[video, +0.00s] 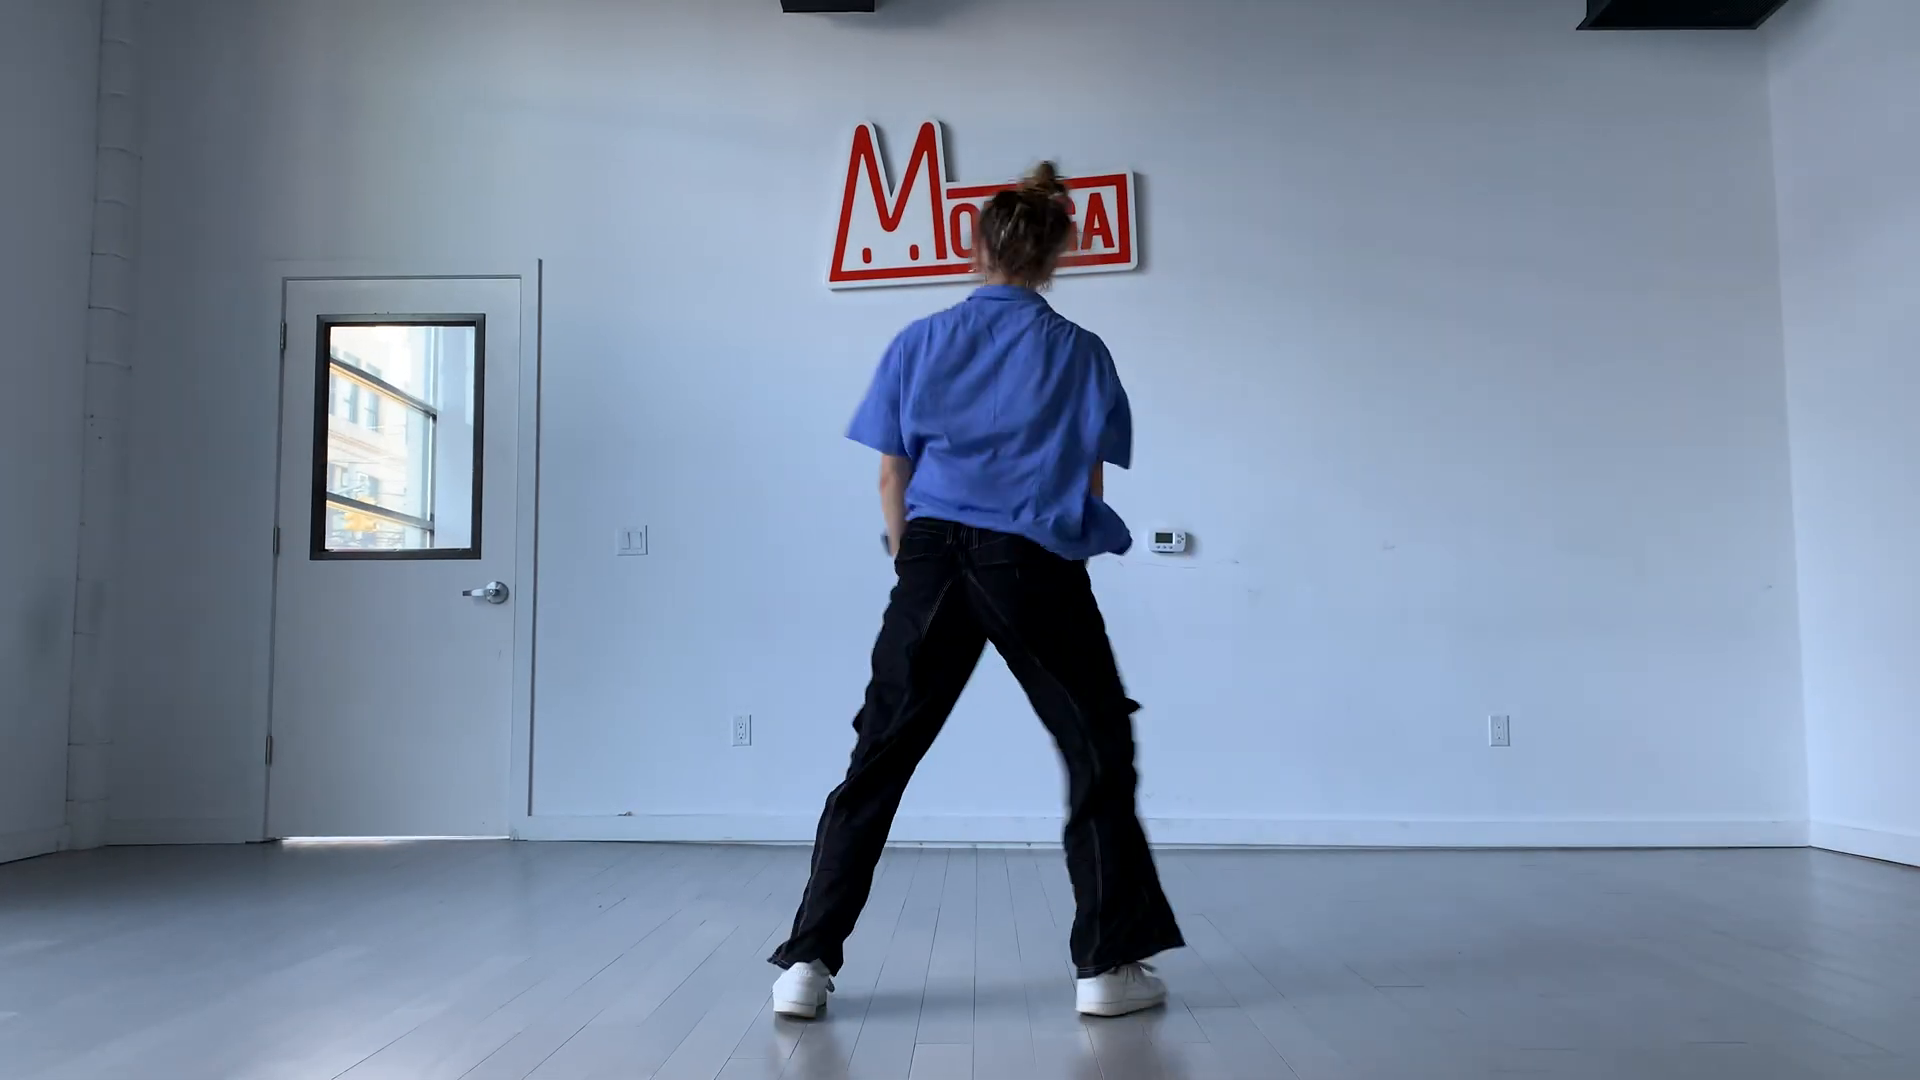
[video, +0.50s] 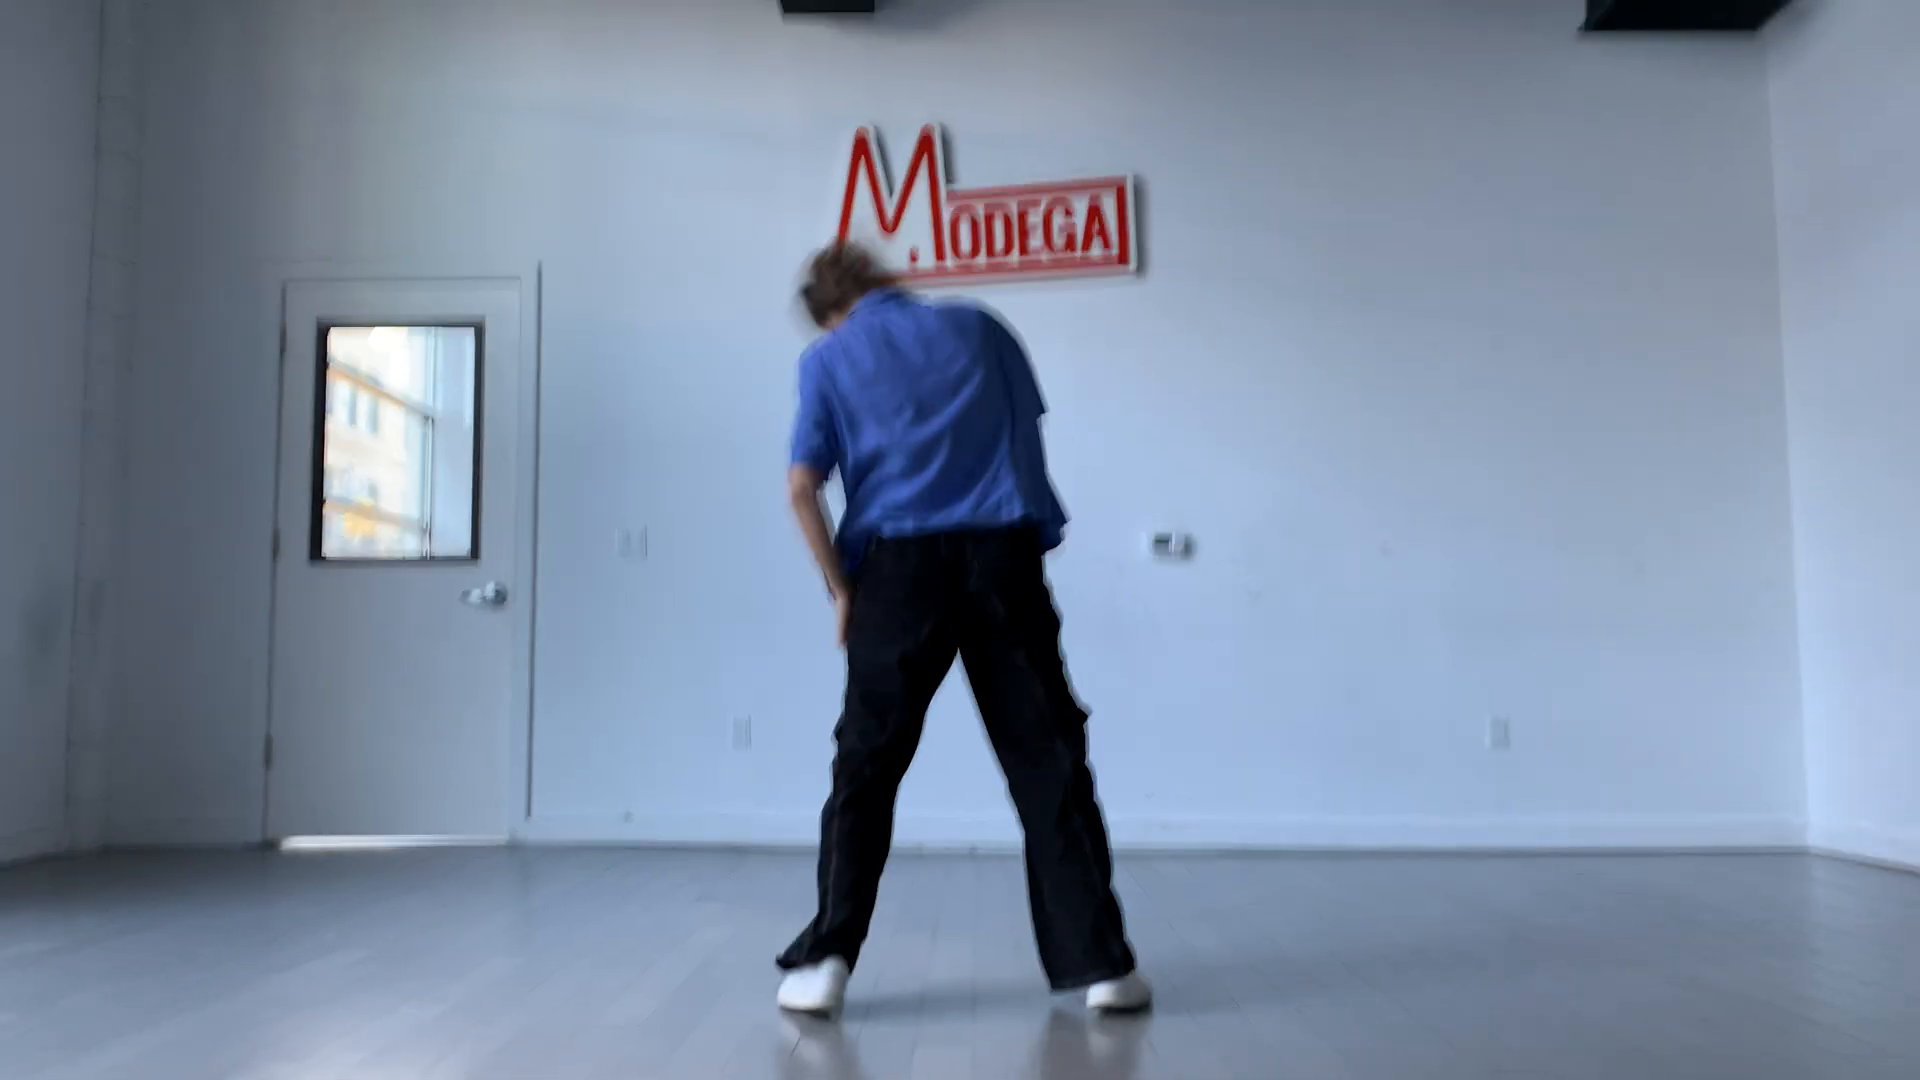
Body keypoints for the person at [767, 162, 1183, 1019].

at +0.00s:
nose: (1063, 257)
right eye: (1065, 248)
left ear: (978, 250)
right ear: (1056, 258)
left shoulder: (922, 340)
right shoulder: (1080, 354)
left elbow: (893, 475)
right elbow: (1089, 482)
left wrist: (911, 562)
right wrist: (1063, 542)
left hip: (933, 568)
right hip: (1036, 573)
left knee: (877, 755)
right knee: (1099, 749)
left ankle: (808, 959)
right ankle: (1108, 965)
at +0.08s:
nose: (947, 254)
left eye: (950, 242)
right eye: (952, 243)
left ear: (962, 246)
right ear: (1037, 253)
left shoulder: (914, 328)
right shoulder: (1079, 351)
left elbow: (876, 463)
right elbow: (1091, 479)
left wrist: (878, 574)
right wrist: (1051, 543)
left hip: (921, 558)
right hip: (1031, 568)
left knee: (872, 755)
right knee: (1065, 757)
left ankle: (813, 960)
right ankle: (1104, 962)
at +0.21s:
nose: (935, 247)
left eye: (938, 235)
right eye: (940, 235)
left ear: (952, 242)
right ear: (1023, 253)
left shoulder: (900, 325)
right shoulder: (1062, 353)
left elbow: (866, 458)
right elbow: (1078, 483)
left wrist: (855, 568)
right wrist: (1031, 544)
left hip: (910, 563)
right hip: (1020, 572)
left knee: (865, 757)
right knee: (1054, 762)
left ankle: (812, 964)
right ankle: (1098, 966)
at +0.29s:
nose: (923, 249)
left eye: (928, 238)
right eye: (930, 237)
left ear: (939, 250)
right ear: (1009, 257)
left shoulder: (887, 332)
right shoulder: (1042, 349)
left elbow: (857, 465)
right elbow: (1055, 485)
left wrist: (846, 577)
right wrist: (1031, 561)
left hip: (906, 564)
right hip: (1012, 572)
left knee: (862, 760)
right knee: (1051, 761)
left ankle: (815, 965)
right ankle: (1104, 968)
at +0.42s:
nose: (984, 260)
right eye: (981, 248)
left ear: (897, 255)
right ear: (971, 258)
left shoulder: (854, 343)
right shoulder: (1011, 339)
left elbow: (839, 473)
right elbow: (1034, 461)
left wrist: (848, 589)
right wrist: (1025, 557)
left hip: (903, 570)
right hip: (1009, 567)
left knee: (864, 761)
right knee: (1052, 755)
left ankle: (819, 961)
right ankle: (1104, 965)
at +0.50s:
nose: (824, 332)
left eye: (819, 323)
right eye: (823, 324)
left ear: (829, 309)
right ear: (889, 280)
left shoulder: (827, 359)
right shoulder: (980, 325)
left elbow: (801, 487)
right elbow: (1027, 438)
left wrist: (840, 588)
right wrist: (1021, 540)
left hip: (898, 584)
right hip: (1006, 572)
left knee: (866, 769)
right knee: (1050, 763)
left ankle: (827, 960)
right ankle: (1104, 965)